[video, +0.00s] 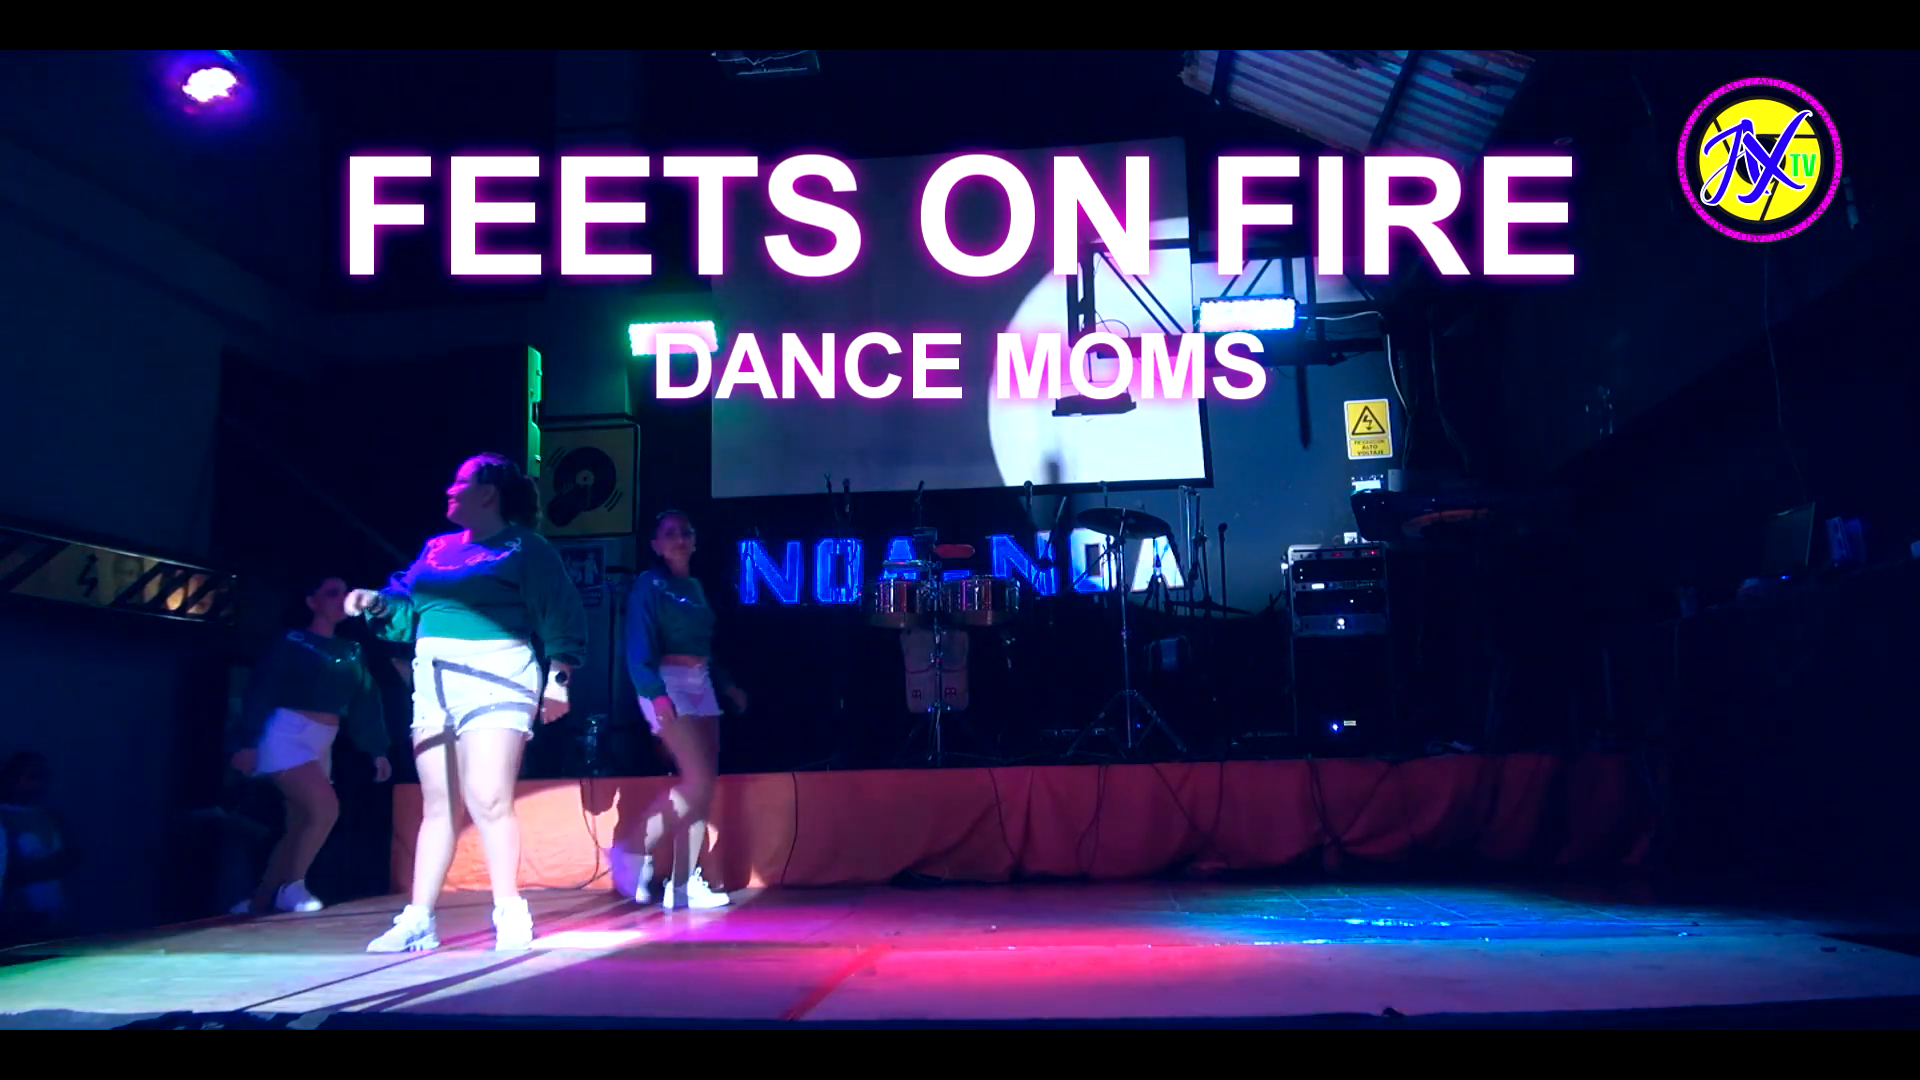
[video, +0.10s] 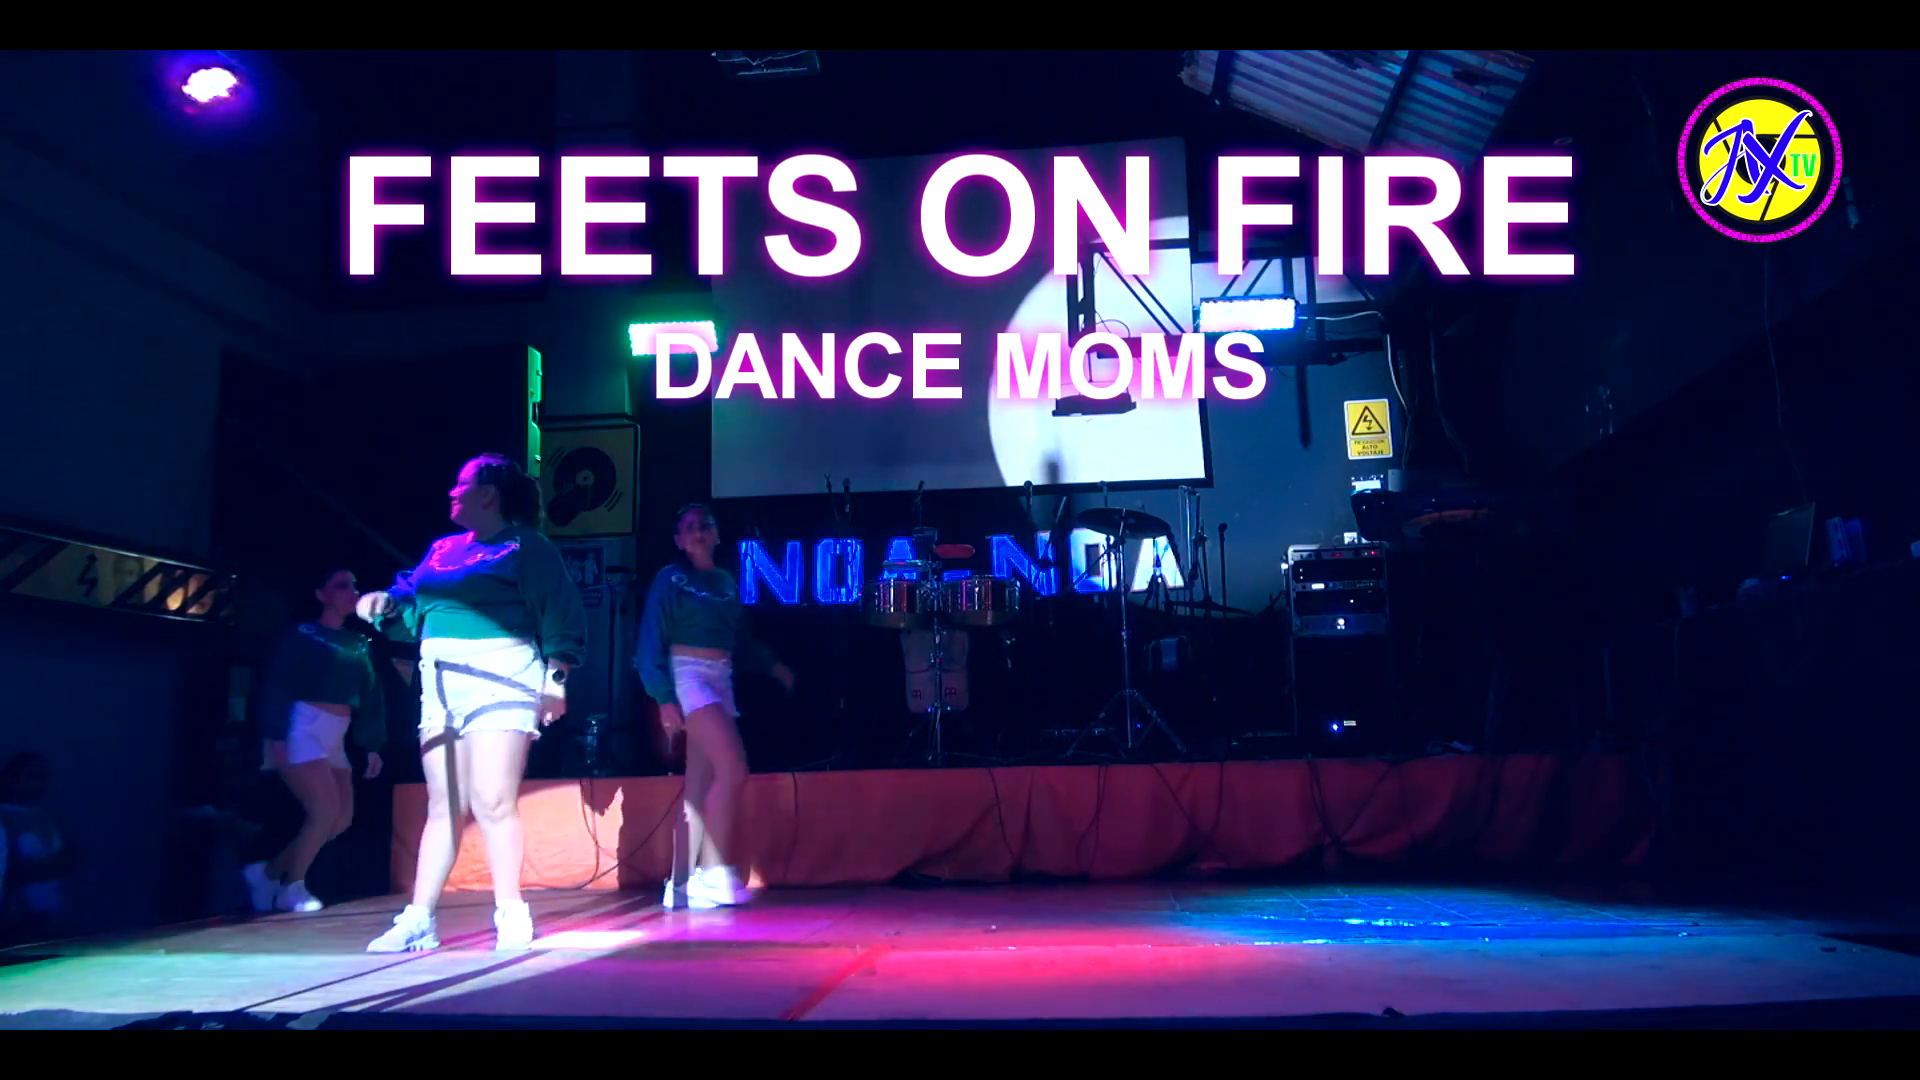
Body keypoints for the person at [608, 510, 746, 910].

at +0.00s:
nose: (680, 540)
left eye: (685, 533)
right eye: (671, 535)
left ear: (693, 540)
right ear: (657, 545)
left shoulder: (697, 589)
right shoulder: (649, 585)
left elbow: (704, 649)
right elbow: (639, 645)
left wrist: (726, 685)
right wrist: (655, 693)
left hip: (702, 680)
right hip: (666, 681)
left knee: (702, 785)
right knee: (697, 781)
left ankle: (684, 883)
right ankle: (633, 849)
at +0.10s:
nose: (698, 534)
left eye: (704, 526)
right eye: (690, 528)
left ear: (716, 534)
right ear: (679, 538)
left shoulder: (726, 583)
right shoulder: (670, 581)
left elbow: (740, 640)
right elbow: (650, 645)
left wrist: (772, 666)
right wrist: (664, 699)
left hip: (721, 673)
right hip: (686, 671)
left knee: (698, 783)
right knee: (731, 766)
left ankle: (682, 881)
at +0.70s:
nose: (869, 521)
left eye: (869, 515)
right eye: (859, 516)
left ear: (871, 523)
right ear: (836, 526)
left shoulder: (874, 572)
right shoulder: (822, 570)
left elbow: (882, 627)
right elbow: (805, 635)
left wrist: (910, 618)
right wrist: (843, 660)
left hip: (877, 676)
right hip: (832, 676)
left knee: (914, 765)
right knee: (828, 775)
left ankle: (926, 873)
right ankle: (821, 881)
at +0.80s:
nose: (895, 522)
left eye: (895, 515)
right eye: (885, 516)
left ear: (893, 523)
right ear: (861, 525)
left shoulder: (894, 572)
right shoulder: (849, 569)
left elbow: (899, 628)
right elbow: (837, 629)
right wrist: (874, 653)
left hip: (907, 680)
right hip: (863, 679)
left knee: (940, 771)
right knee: (853, 776)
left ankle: (956, 880)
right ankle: (824, 878)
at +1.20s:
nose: (963, 505)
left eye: (970, 497)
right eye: (955, 500)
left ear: (986, 507)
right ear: (946, 514)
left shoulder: (1010, 555)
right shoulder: (938, 561)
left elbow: (1036, 614)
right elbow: (922, 628)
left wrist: (1067, 653)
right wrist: (933, 690)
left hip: (1011, 661)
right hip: (965, 659)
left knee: (983, 775)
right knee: (1011, 766)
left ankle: (961, 880)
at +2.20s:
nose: (1180, 455)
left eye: (1188, 446)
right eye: (1170, 449)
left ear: (1208, 455)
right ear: (1158, 462)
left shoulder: (1238, 513)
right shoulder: (1145, 522)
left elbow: (1273, 587)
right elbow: (1130, 602)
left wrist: (1296, 647)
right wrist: (1135, 670)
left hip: (1245, 631)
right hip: (1180, 637)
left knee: (1249, 765)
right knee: (1213, 756)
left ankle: (1238, 890)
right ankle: (1214, 889)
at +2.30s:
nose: (1189, 444)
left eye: (1198, 436)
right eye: (1180, 439)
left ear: (1219, 448)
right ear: (1170, 455)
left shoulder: (1255, 500)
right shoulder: (1158, 515)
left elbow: (1303, 566)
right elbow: (1140, 599)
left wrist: (1331, 625)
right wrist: (1147, 675)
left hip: (1257, 632)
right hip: (1191, 635)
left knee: (1246, 771)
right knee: (1226, 763)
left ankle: (1232, 896)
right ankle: (1263, 898)